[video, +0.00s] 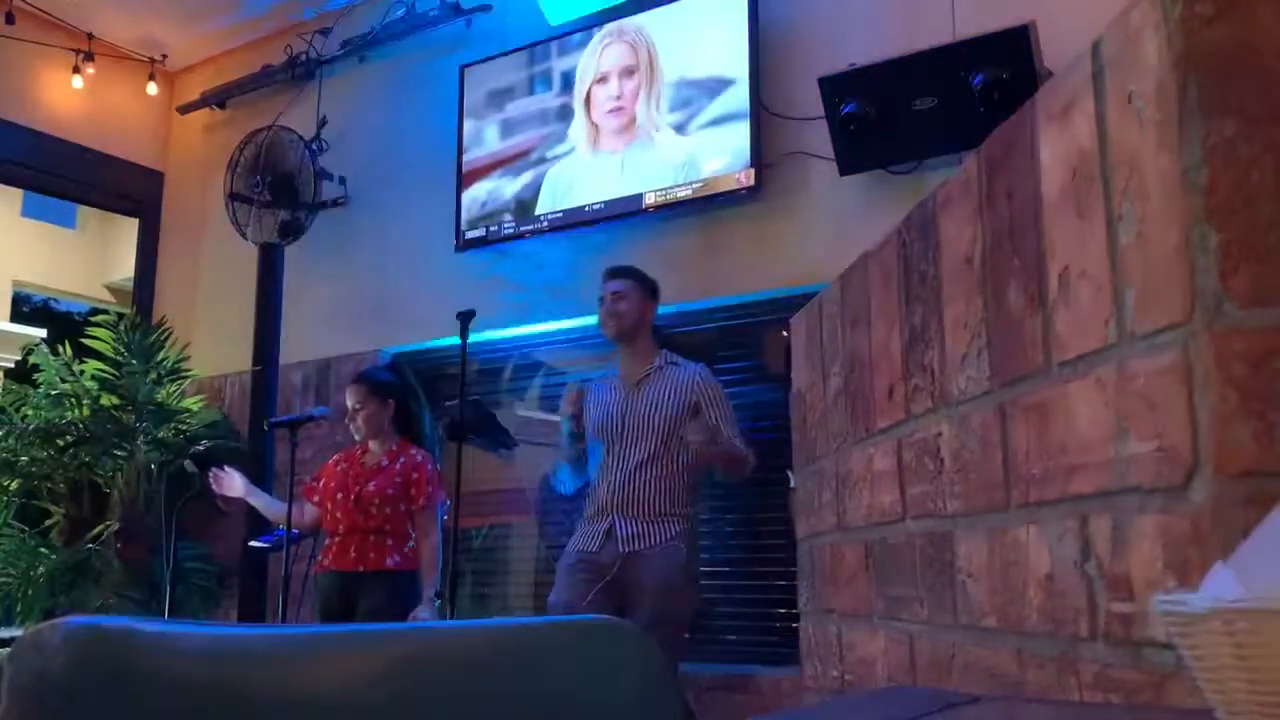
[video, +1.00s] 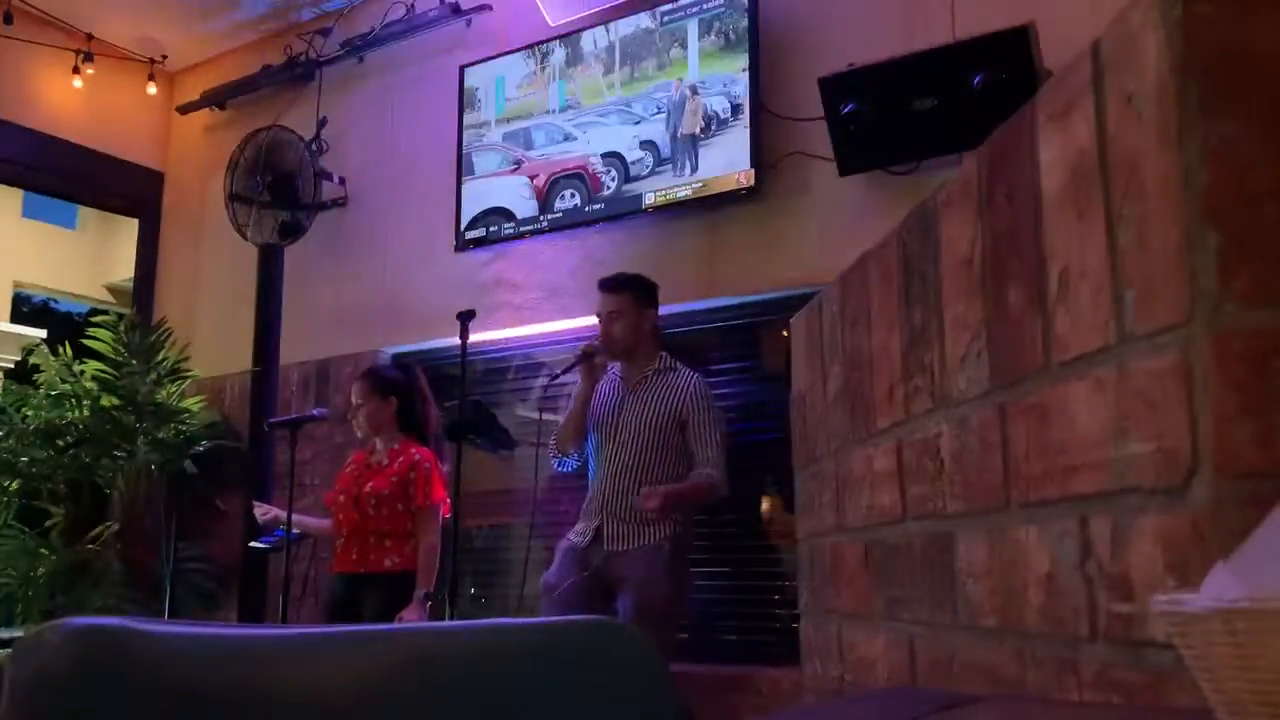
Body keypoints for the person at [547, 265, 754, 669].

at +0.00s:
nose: (608, 307)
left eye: (619, 297)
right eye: (603, 301)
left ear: (649, 307)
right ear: (600, 316)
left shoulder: (693, 380)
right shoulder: (593, 391)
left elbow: (740, 462)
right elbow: (573, 477)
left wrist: (712, 447)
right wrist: (572, 425)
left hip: (661, 539)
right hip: (592, 538)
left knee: (651, 664)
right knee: (565, 643)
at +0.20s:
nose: (626, 312)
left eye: (638, 302)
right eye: (622, 304)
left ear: (669, 313)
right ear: (616, 314)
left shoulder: (704, 390)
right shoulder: (597, 384)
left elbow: (735, 480)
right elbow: (564, 457)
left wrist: (722, 477)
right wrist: (594, 407)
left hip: (664, 544)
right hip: (594, 540)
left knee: (659, 661)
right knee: (563, 640)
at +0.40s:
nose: (628, 319)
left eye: (640, 309)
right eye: (625, 309)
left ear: (670, 320)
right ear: (619, 316)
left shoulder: (706, 395)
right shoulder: (595, 386)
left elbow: (729, 482)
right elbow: (569, 458)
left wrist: (701, 514)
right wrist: (602, 396)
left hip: (668, 541)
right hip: (596, 537)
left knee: (670, 649)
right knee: (567, 631)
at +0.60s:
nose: (625, 317)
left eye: (638, 307)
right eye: (622, 306)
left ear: (668, 316)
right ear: (617, 311)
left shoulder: (707, 384)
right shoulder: (602, 379)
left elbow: (735, 463)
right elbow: (572, 441)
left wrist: (715, 515)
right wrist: (602, 376)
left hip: (666, 539)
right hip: (596, 535)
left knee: (665, 646)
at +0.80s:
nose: (617, 326)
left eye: (630, 315)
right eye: (614, 315)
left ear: (661, 318)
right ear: (610, 317)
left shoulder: (701, 385)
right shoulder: (595, 378)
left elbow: (738, 464)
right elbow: (567, 446)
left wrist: (728, 489)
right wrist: (596, 384)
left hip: (661, 542)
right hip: (591, 536)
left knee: (647, 658)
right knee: (562, 646)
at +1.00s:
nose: (602, 329)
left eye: (614, 317)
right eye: (600, 318)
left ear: (649, 320)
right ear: (598, 320)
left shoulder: (686, 386)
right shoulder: (598, 384)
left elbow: (713, 475)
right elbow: (563, 456)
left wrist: (672, 494)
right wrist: (585, 386)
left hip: (650, 543)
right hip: (588, 538)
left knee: (640, 658)